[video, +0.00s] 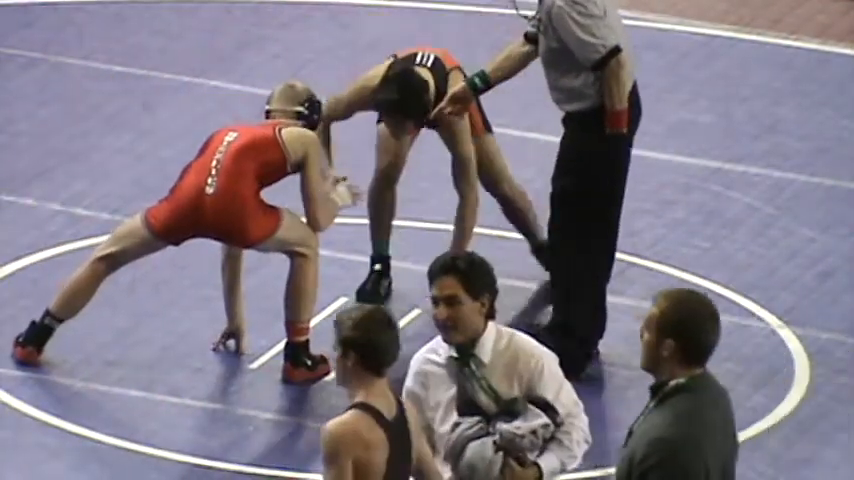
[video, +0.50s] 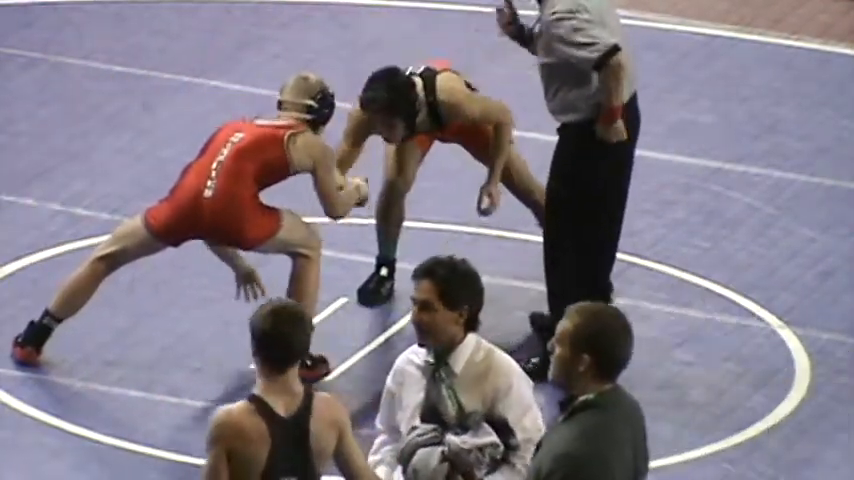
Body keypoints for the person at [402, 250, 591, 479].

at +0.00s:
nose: (441, 315)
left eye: (452, 303)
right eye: (435, 303)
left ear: (484, 303)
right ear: (430, 303)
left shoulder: (530, 357)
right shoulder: (424, 367)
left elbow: (575, 427)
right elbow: (416, 449)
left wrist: (540, 470)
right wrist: (446, 476)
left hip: (525, 472)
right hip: (457, 473)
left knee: (479, 453)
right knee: (478, 451)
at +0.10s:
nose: (435, 315)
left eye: (447, 304)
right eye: (431, 303)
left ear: (480, 305)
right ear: (425, 302)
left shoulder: (525, 359)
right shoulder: (421, 366)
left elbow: (567, 431)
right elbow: (412, 449)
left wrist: (529, 471)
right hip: (452, 472)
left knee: (467, 454)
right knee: (467, 452)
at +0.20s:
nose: (430, 315)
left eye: (442, 304)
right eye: (426, 303)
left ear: (475, 307)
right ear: (422, 302)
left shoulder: (518, 361)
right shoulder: (418, 365)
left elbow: (560, 438)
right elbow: (405, 441)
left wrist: (519, 473)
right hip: (445, 473)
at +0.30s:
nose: (425, 317)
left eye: (437, 306)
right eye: (422, 305)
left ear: (470, 310)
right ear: (417, 304)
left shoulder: (514, 365)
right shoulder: (415, 367)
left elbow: (552, 438)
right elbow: (398, 437)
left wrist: (511, 476)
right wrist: (416, 474)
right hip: (438, 473)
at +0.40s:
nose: (421, 317)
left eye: (433, 308)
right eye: (418, 306)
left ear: (466, 313)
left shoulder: (508, 369)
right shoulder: (412, 366)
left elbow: (540, 443)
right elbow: (393, 438)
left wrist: (503, 476)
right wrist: (402, 473)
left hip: (493, 471)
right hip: (423, 471)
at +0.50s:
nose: (415, 318)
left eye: (426, 309)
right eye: (414, 306)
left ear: (461, 315)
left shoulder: (503, 373)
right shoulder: (407, 364)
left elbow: (527, 452)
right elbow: (388, 436)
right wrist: (383, 473)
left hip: (476, 473)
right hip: (412, 472)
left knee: (427, 460)